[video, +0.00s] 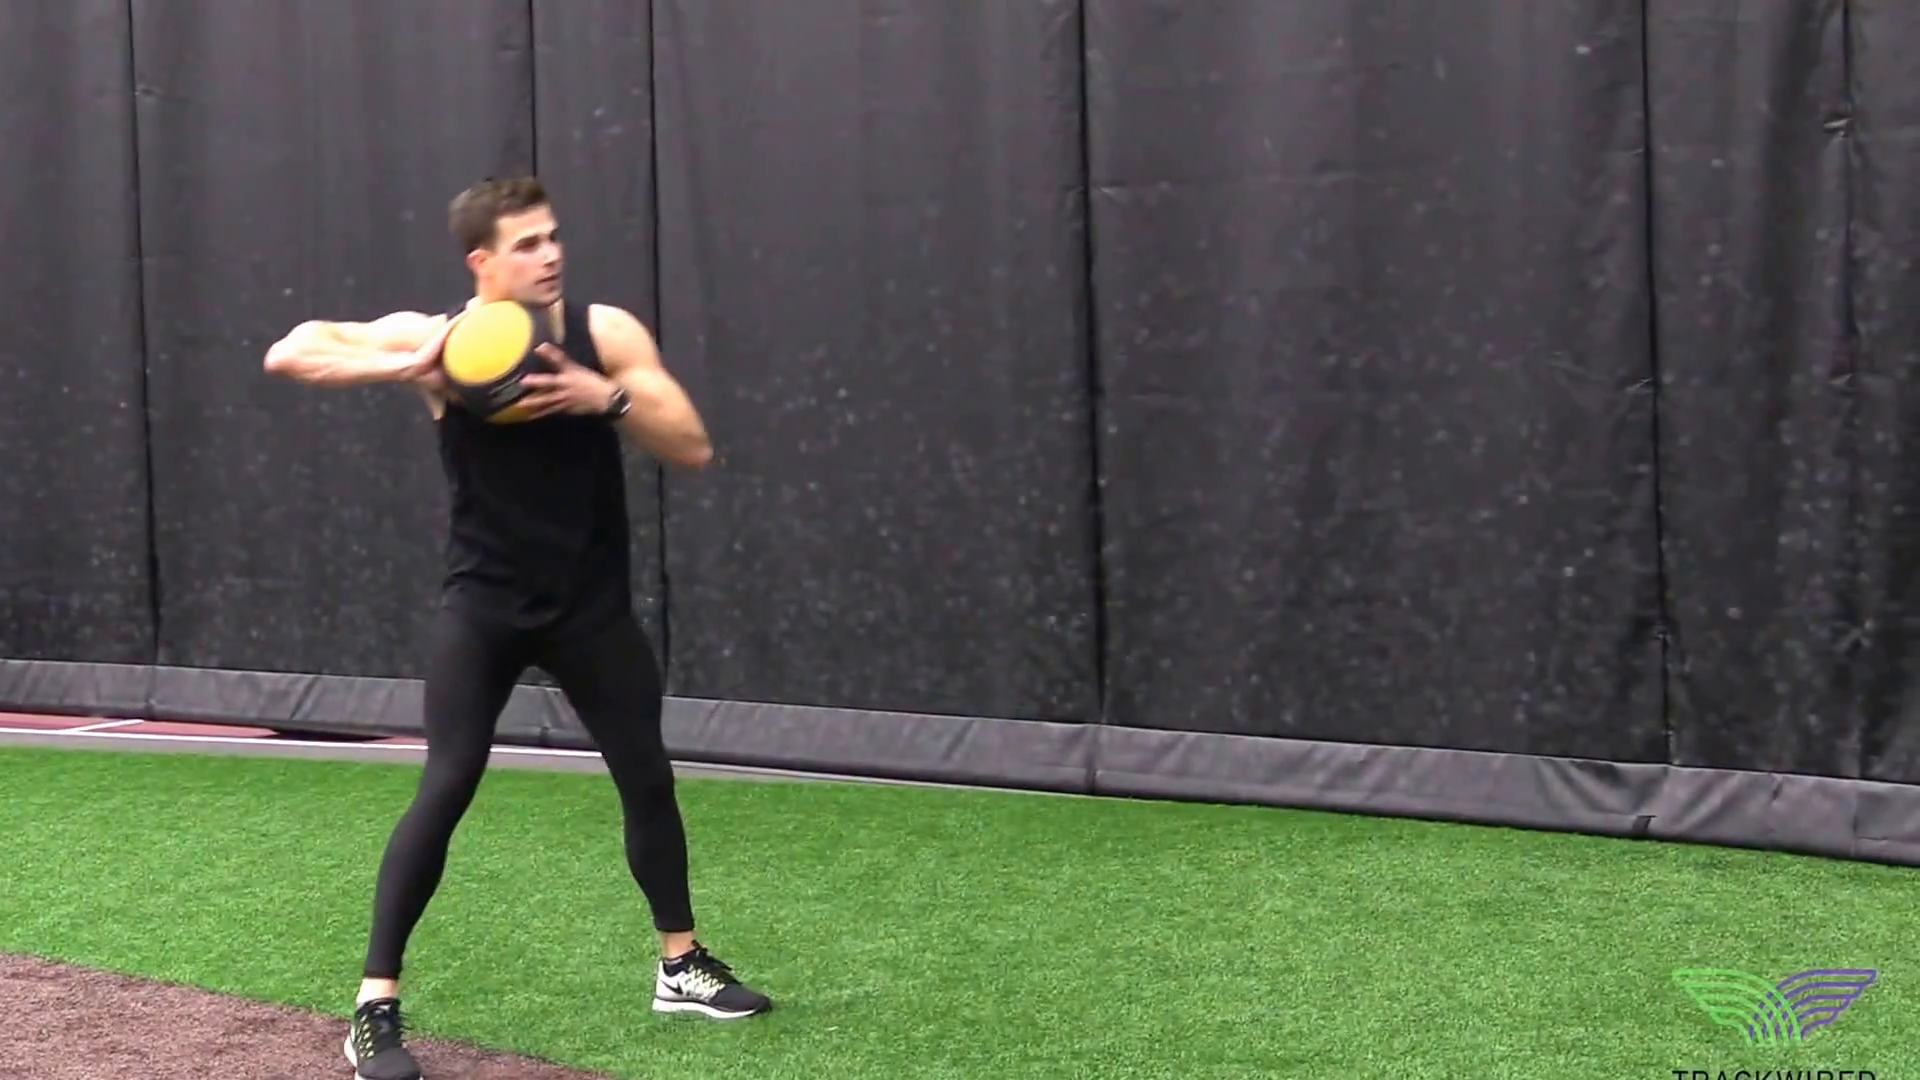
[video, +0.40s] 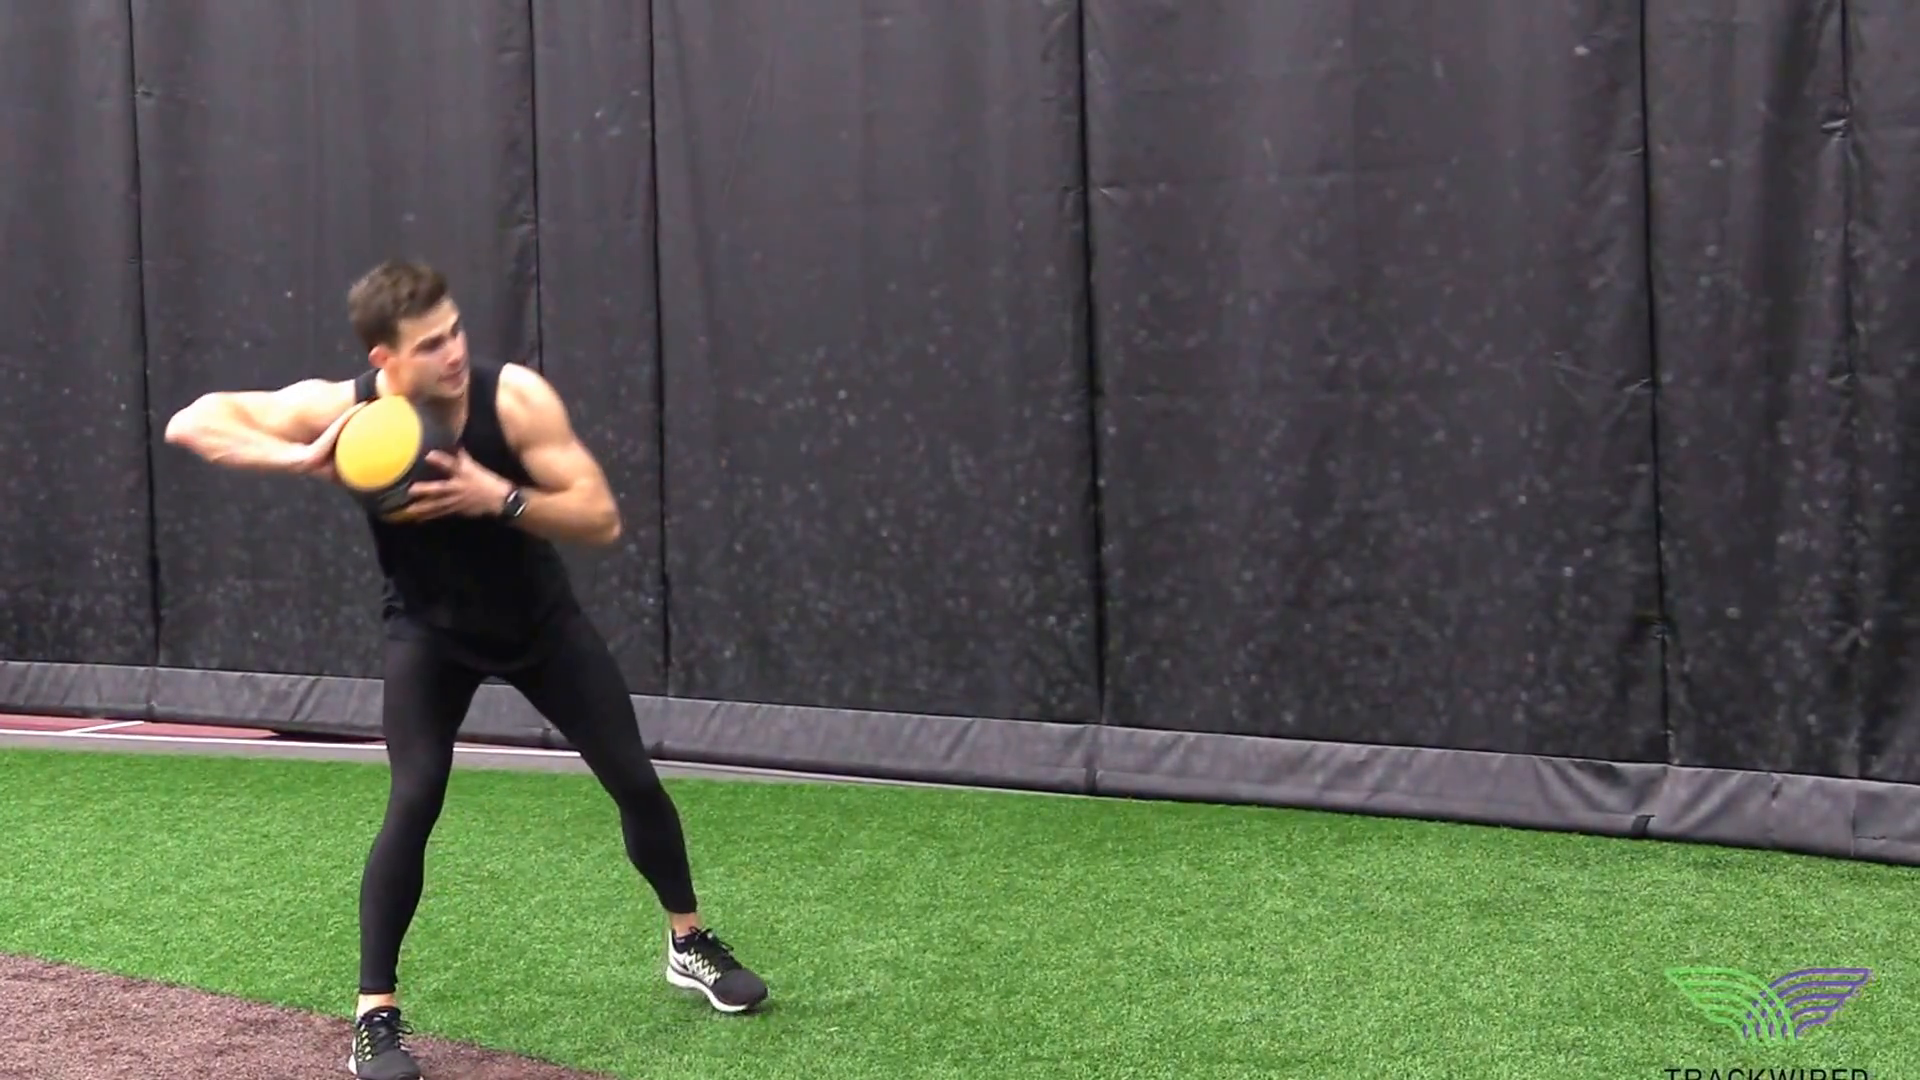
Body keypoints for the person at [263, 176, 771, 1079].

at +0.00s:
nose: (551, 257)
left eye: (554, 239)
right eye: (529, 246)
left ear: (562, 246)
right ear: (480, 265)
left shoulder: (608, 333)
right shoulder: (442, 338)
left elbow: (696, 449)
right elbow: (287, 354)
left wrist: (612, 397)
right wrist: (400, 362)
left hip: (592, 604)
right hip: (484, 604)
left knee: (648, 775)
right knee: (449, 782)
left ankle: (682, 962)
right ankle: (378, 994)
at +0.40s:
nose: (455, 352)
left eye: (456, 332)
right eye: (432, 344)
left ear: (464, 322)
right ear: (382, 362)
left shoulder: (517, 397)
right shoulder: (340, 411)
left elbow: (601, 518)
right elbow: (189, 425)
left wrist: (501, 496)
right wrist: (292, 455)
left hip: (542, 619)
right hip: (431, 629)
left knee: (638, 782)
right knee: (415, 796)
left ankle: (690, 938)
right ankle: (377, 1010)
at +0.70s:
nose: (416, 419)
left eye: (414, 398)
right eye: (393, 414)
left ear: (419, 381)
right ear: (341, 425)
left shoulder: (478, 445)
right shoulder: (302, 458)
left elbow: (568, 561)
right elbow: (148, 468)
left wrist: (464, 555)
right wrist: (255, 509)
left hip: (520, 626)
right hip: (411, 645)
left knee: (624, 778)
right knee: (398, 803)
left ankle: (696, 930)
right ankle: (374, 1014)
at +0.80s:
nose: (408, 433)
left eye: (406, 414)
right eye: (384, 430)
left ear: (408, 394)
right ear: (333, 443)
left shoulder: (470, 455)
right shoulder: (290, 468)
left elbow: (560, 571)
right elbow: (140, 477)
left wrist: (457, 571)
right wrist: (247, 523)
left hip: (517, 629)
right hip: (405, 652)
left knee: (623, 778)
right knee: (397, 803)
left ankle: (695, 927)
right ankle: (372, 1012)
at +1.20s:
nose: (416, 462)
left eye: (413, 444)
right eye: (394, 462)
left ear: (415, 425)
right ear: (341, 476)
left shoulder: (467, 485)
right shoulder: (294, 493)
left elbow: (559, 600)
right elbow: (140, 490)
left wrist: (451, 602)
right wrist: (244, 545)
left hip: (514, 648)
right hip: (401, 669)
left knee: (635, 778)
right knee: (401, 808)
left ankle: (698, 932)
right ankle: (375, 1017)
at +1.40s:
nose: (434, 456)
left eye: (430, 438)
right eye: (412, 456)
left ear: (429, 418)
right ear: (358, 475)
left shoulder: (482, 482)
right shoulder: (311, 495)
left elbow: (571, 597)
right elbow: (157, 495)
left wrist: (470, 596)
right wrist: (261, 544)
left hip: (515, 653)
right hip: (407, 675)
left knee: (650, 778)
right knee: (421, 812)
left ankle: (690, 935)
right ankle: (381, 1012)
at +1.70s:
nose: (480, 385)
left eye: (473, 370)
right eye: (459, 383)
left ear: (474, 365)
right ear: (412, 413)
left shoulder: (519, 419)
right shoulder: (358, 473)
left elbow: (622, 509)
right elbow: (209, 513)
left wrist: (536, 506)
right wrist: (333, 514)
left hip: (531, 660)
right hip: (435, 682)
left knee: (673, 775)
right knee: (469, 820)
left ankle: (662, 954)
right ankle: (388, 1016)